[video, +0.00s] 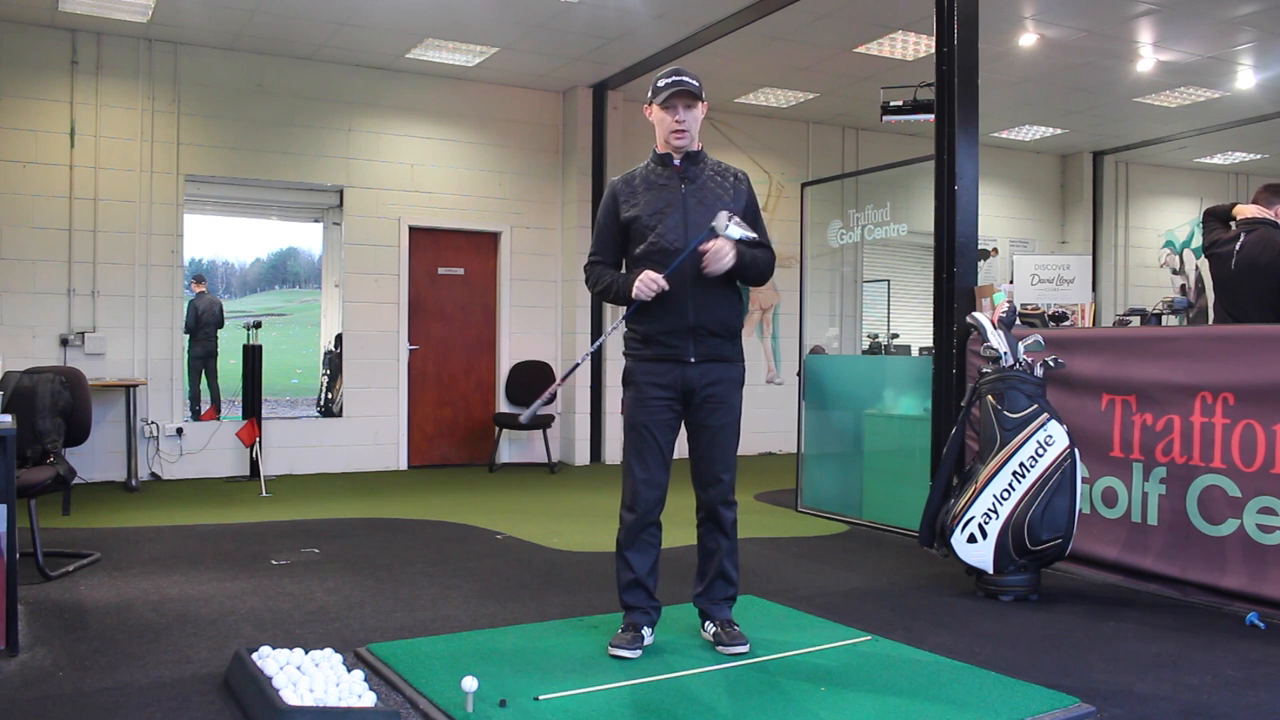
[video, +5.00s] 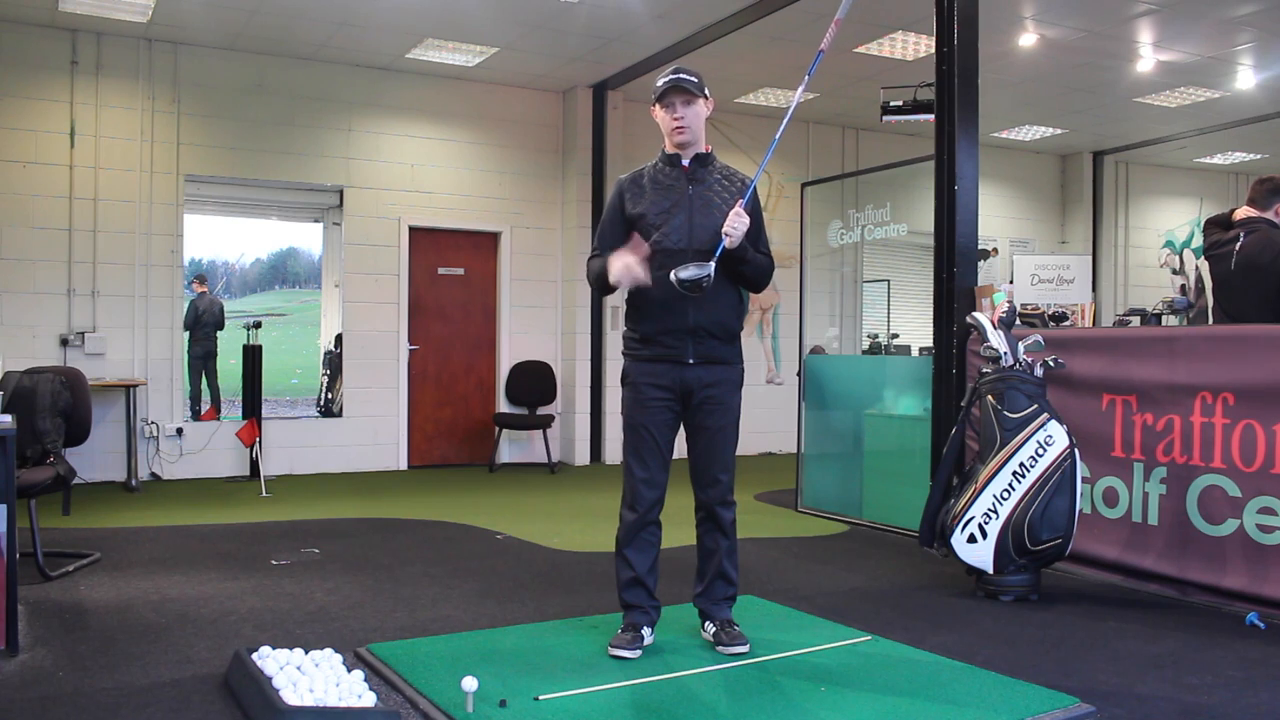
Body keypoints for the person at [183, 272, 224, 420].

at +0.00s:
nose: (191, 287)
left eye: (192, 285)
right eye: (191, 285)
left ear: (196, 285)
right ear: (205, 285)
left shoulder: (194, 302)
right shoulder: (216, 301)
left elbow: (190, 326)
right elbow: (221, 324)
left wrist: (186, 329)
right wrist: (208, 324)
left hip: (197, 345)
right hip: (212, 344)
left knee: (194, 383)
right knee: (213, 381)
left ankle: (195, 414)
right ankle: (216, 412)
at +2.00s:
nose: (191, 287)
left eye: (192, 285)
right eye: (191, 285)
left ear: (197, 285)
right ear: (205, 285)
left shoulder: (194, 302)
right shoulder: (218, 302)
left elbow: (185, 323)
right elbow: (224, 324)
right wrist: (210, 326)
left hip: (196, 345)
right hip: (212, 345)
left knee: (194, 383)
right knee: (213, 381)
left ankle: (195, 415)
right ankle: (216, 412)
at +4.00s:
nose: (191, 289)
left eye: (192, 286)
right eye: (191, 287)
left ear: (197, 285)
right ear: (204, 285)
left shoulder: (195, 302)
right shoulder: (217, 302)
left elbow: (185, 321)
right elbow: (219, 326)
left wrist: (193, 324)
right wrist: (204, 325)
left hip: (196, 344)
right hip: (211, 344)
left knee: (195, 382)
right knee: (212, 381)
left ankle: (195, 414)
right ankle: (216, 412)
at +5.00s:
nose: (192, 287)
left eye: (193, 284)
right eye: (192, 284)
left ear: (198, 284)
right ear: (206, 285)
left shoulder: (195, 302)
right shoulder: (217, 302)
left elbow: (187, 325)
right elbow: (221, 326)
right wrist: (209, 322)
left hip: (196, 344)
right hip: (211, 344)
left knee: (195, 382)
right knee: (212, 381)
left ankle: (195, 414)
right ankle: (216, 412)